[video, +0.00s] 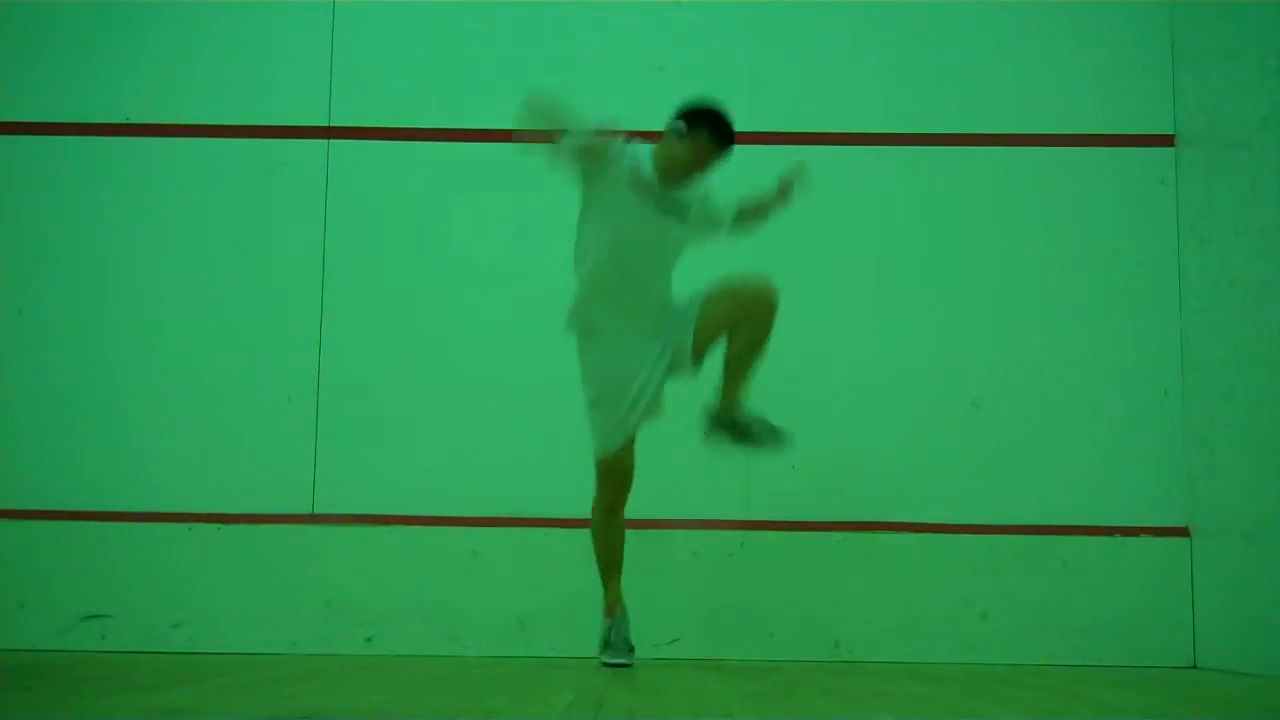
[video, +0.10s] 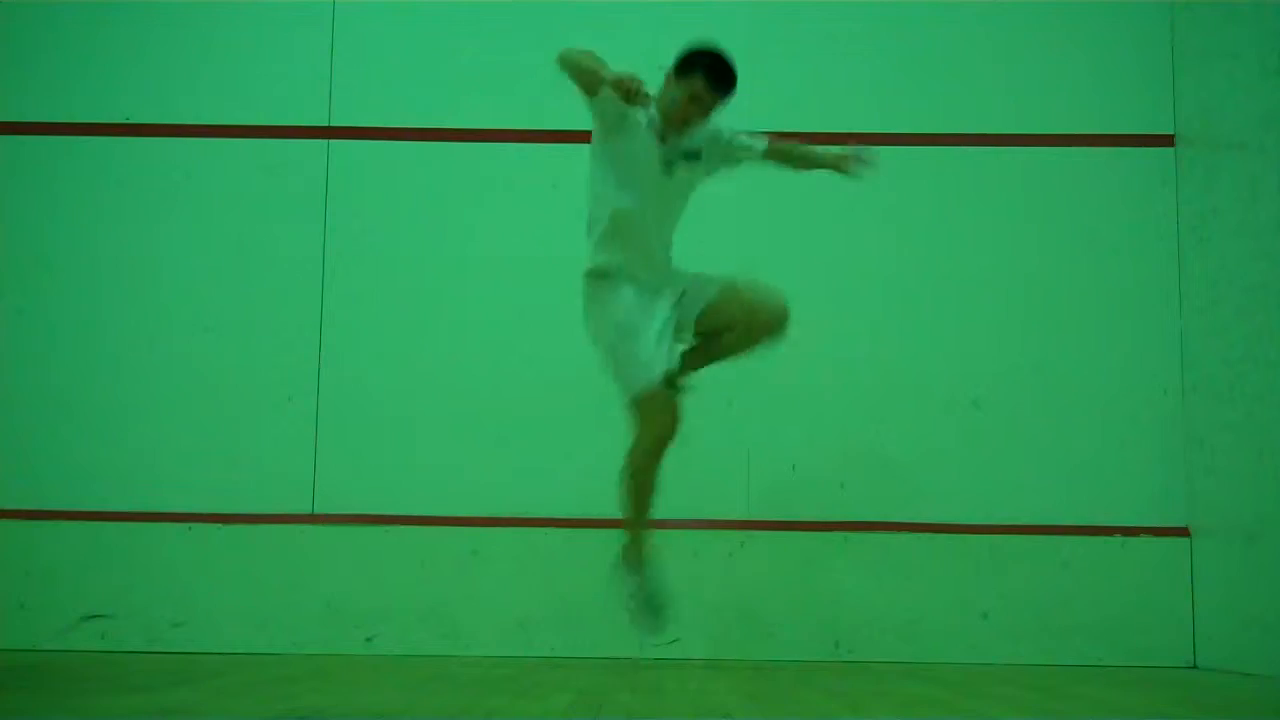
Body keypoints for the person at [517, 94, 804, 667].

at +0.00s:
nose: (695, 170)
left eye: (707, 163)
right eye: (695, 155)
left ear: (709, 162)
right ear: (671, 134)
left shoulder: (689, 203)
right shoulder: (611, 162)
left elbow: (733, 219)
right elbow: (537, 129)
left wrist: (775, 199)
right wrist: (558, 128)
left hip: (663, 331)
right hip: (609, 338)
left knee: (757, 297)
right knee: (614, 479)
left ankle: (728, 413)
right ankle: (614, 611)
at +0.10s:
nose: (693, 114)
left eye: (706, 109)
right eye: (690, 98)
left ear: (714, 110)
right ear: (670, 82)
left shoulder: (708, 145)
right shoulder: (621, 120)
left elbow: (773, 151)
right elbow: (570, 60)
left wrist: (831, 159)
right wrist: (605, 81)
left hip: (666, 285)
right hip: (614, 290)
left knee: (766, 313)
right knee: (659, 418)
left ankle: (668, 371)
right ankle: (633, 556)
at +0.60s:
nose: (776, 267)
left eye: (788, 261)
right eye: (776, 251)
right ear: (748, 223)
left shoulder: (741, 299)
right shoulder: (702, 261)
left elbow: (775, 342)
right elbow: (642, 292)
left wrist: (817, 390)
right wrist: (586, 321)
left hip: (601, 422)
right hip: (648, 400)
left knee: (685, 536)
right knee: (749, 503)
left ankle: (680, 533)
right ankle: (693, 640)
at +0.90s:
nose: (716, 188)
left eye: (724, 180)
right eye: (717, 173)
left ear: (676, 150)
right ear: (687, 147)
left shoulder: (606, 205)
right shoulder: (665, 181)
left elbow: (545, 275)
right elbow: (648, 233)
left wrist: (497, 348)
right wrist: (683, 307)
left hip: (576, 359)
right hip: (633, 350)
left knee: (574, 512)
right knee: (720, 469)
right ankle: (703, 616)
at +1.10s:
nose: (685, 152)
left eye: (688, 144)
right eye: (683, 141)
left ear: (634, 122)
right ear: (655, 122)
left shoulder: (558, 181)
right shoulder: (653, 152)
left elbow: (481, 230)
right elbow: (718, 157)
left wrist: (437, 288)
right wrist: (799, 172)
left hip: (608, 343)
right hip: (680, 310)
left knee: (576, 481)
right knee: (725, 385)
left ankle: (547, 619)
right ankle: (804, 438)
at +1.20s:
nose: (673, 129)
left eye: (667, 123)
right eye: (670, 121)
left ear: (609, 121)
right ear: (655, 118)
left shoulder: (566, 166)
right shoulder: (671, 143)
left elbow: (486, 226)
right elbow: (750, 140)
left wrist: (433, 290)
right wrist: (837, 134)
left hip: (643, 322)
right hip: (712, 302)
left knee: (605, 466)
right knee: (705, 421)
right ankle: (803, 479)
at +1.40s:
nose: (553, 223)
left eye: (549, 209)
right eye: (546, 214)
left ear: (571, 185)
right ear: (583, 184)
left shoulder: (608, 232)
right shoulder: (664, 209)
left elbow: (586, 323)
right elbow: (746, 213)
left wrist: (534, 393)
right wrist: (832, 211)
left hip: (713, 380)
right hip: (751, 376)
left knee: (647, 507)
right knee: (692, 508)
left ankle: (704, 638)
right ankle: (745, 573)